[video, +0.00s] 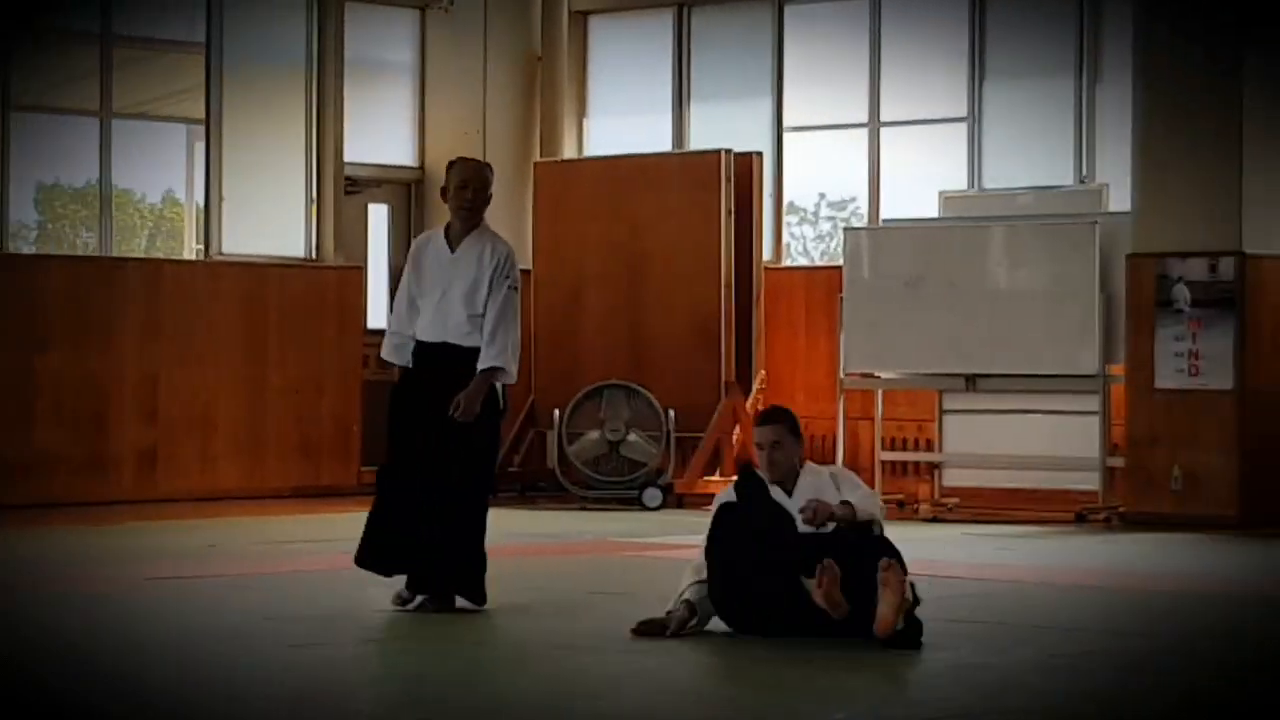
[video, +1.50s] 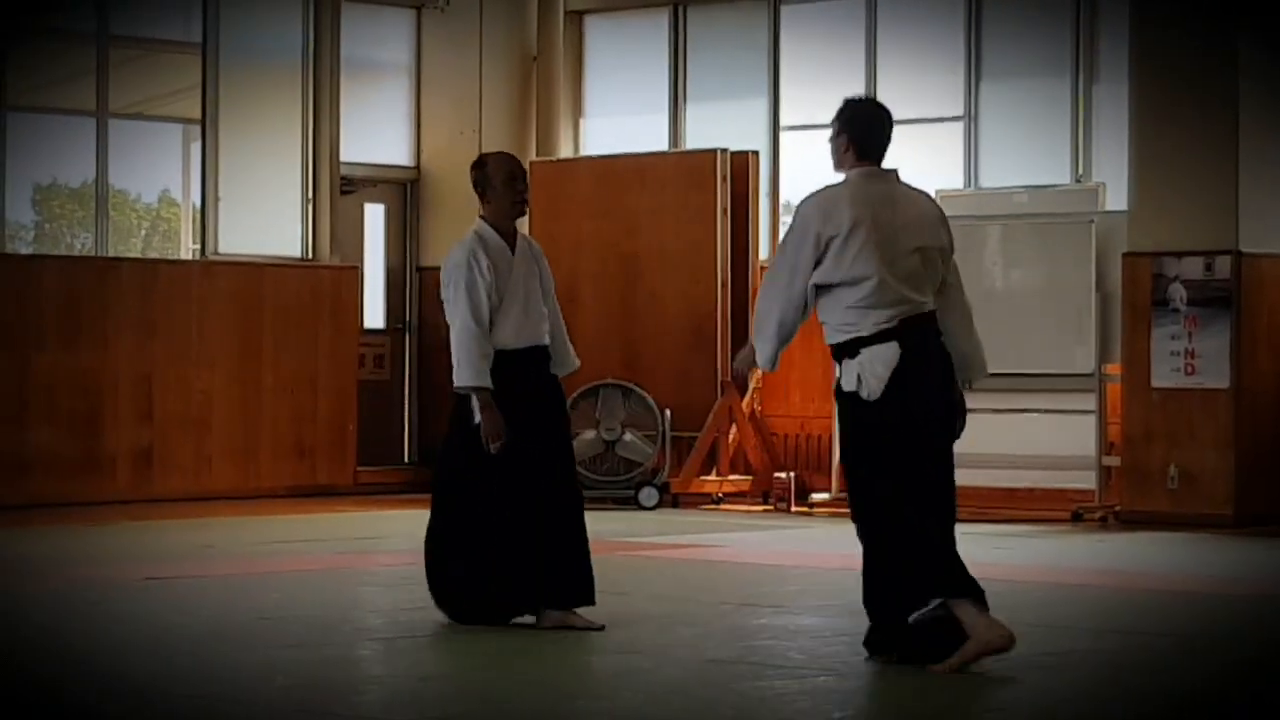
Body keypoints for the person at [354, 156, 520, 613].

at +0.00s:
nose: (470, 196)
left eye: (478, 189)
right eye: (462, 187)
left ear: (490, 195)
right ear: (445, 193)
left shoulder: (498, 253)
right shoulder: (423, 247)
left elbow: (501, 327)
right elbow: (405, 309)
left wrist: (480, 385)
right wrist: (397, 368)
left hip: (471, 372)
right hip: (424, 368)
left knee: (460, 479)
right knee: (418, 474)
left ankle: (450, 586)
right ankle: (419, 578)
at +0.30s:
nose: (469, 199)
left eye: (473, 191)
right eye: (458, 190)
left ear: (477, 196)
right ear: (432, 195)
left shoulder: (487, 256)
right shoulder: (402, 252)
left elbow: (504, 328)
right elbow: (373, 318)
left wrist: (510, 398)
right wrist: (347, 380)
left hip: (469, 374)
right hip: (416, 374)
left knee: (464, 482)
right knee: (418, 480)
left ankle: (452, 589)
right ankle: (425, 586)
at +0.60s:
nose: (470, 192)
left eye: (474, 184)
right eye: (459, 185)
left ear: (480, 188)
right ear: (434, 191)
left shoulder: (495, 246)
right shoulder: (414, 250)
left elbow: (520, 316)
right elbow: (396, 321)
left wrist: (532, 381)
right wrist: (388, 389)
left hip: (485, 372)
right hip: (435, 372)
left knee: (478, 480)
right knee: (433, 479)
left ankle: (453, 592)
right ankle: (434, 595)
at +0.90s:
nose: (487, 192)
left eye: (490, 184)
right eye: (476, 185)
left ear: (492, 188)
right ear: (449, 191)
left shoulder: (498, 245)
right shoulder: (429, 248)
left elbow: (515, 315)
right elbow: (426, 322)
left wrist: (527, 378)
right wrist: (451, 386)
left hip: (497, 371)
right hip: (448, 373)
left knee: (491, 481)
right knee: (447, 483)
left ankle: (476, 583)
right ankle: (443, 593)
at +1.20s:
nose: (505, 192)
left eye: (507, 183)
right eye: (494, 184)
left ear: (508, 189)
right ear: (465, 191)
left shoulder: (510, 251)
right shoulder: (446, 254)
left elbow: (526, 321)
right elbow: (451, 331)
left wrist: (533, 387)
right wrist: (479, 398)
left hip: (510, 377)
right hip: (467, 381)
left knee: (531, 481)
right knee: (464, 488)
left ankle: (551, 591)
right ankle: (455, 597)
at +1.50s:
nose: (524, 190)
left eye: (525, 182)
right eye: (513, 183)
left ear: (526, 189)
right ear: (484, 192)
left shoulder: (532, 252)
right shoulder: (468, 256)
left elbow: (551, 321)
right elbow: (466, 332)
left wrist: (559, 391)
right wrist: (483, 404)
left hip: (537, 378)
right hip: (496, 380)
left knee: (550, 488)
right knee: (497, 490)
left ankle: (553, 604)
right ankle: (489, 599)